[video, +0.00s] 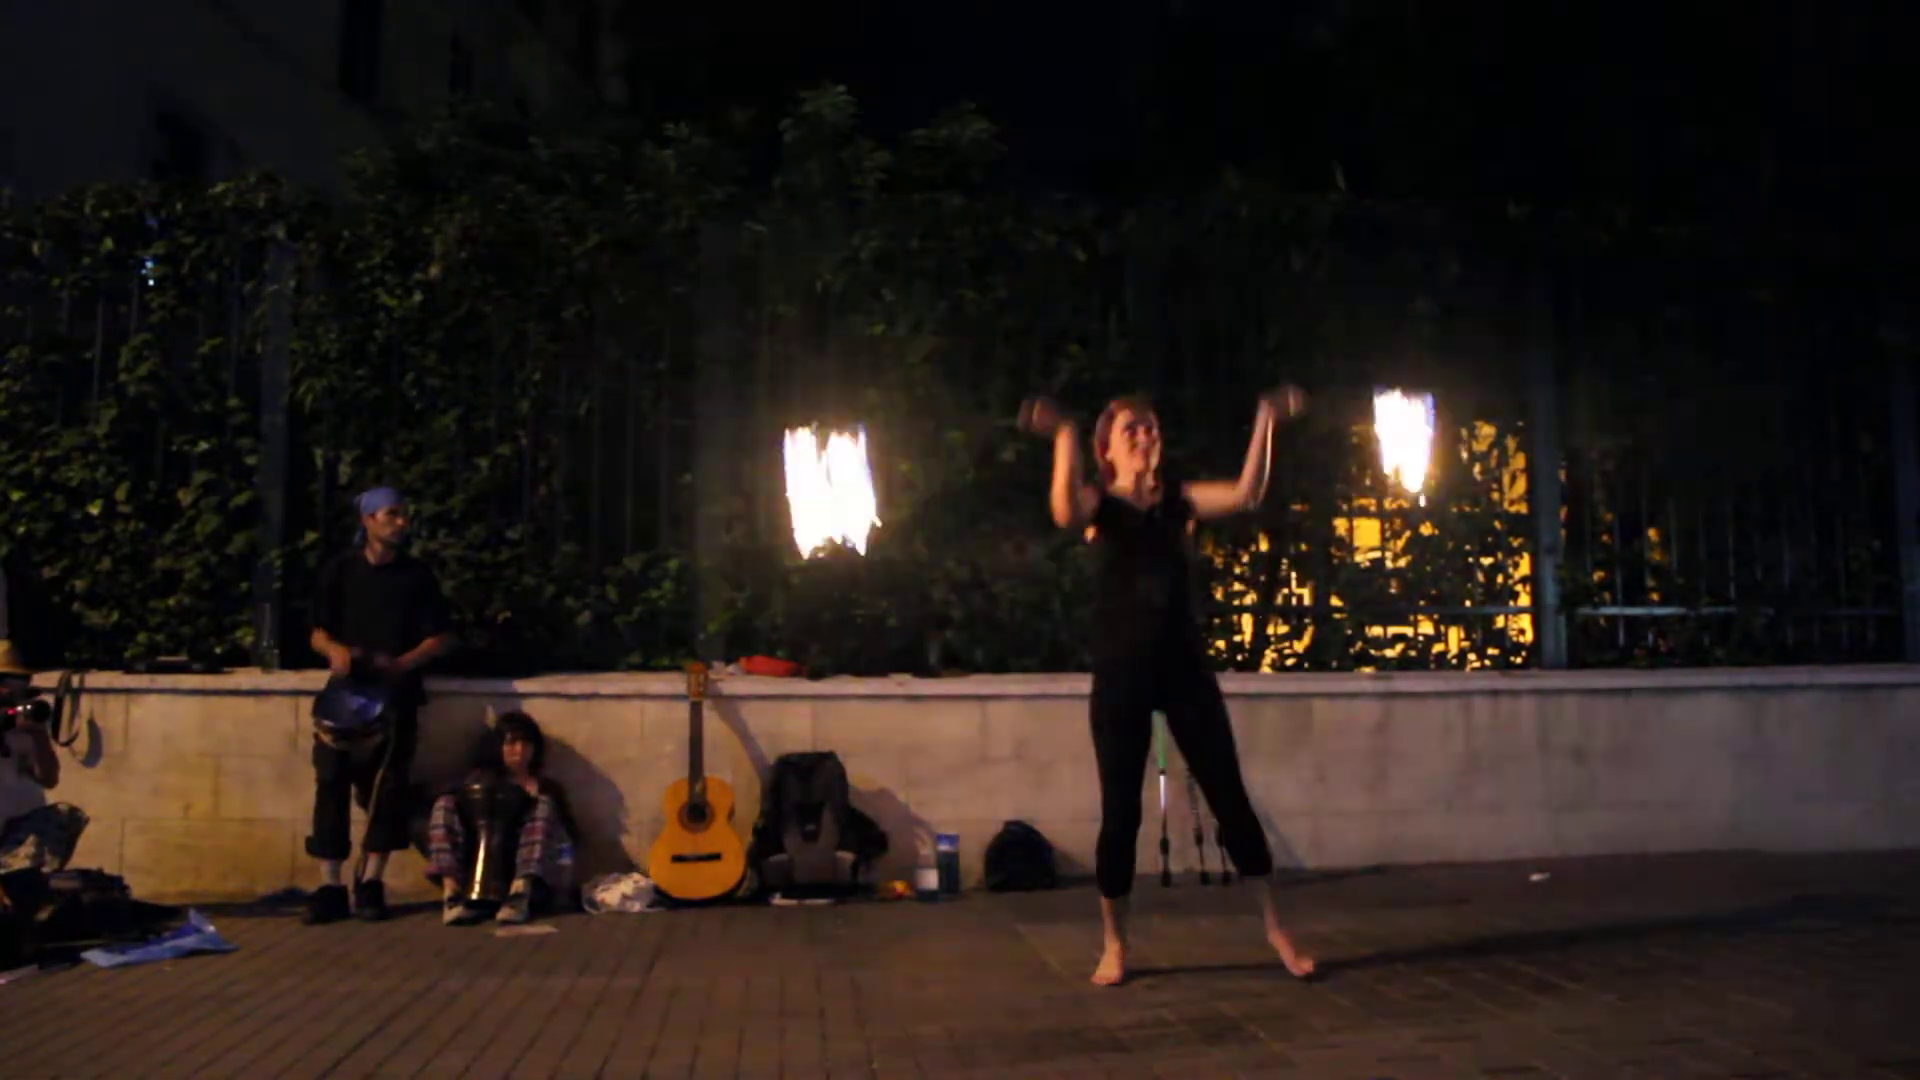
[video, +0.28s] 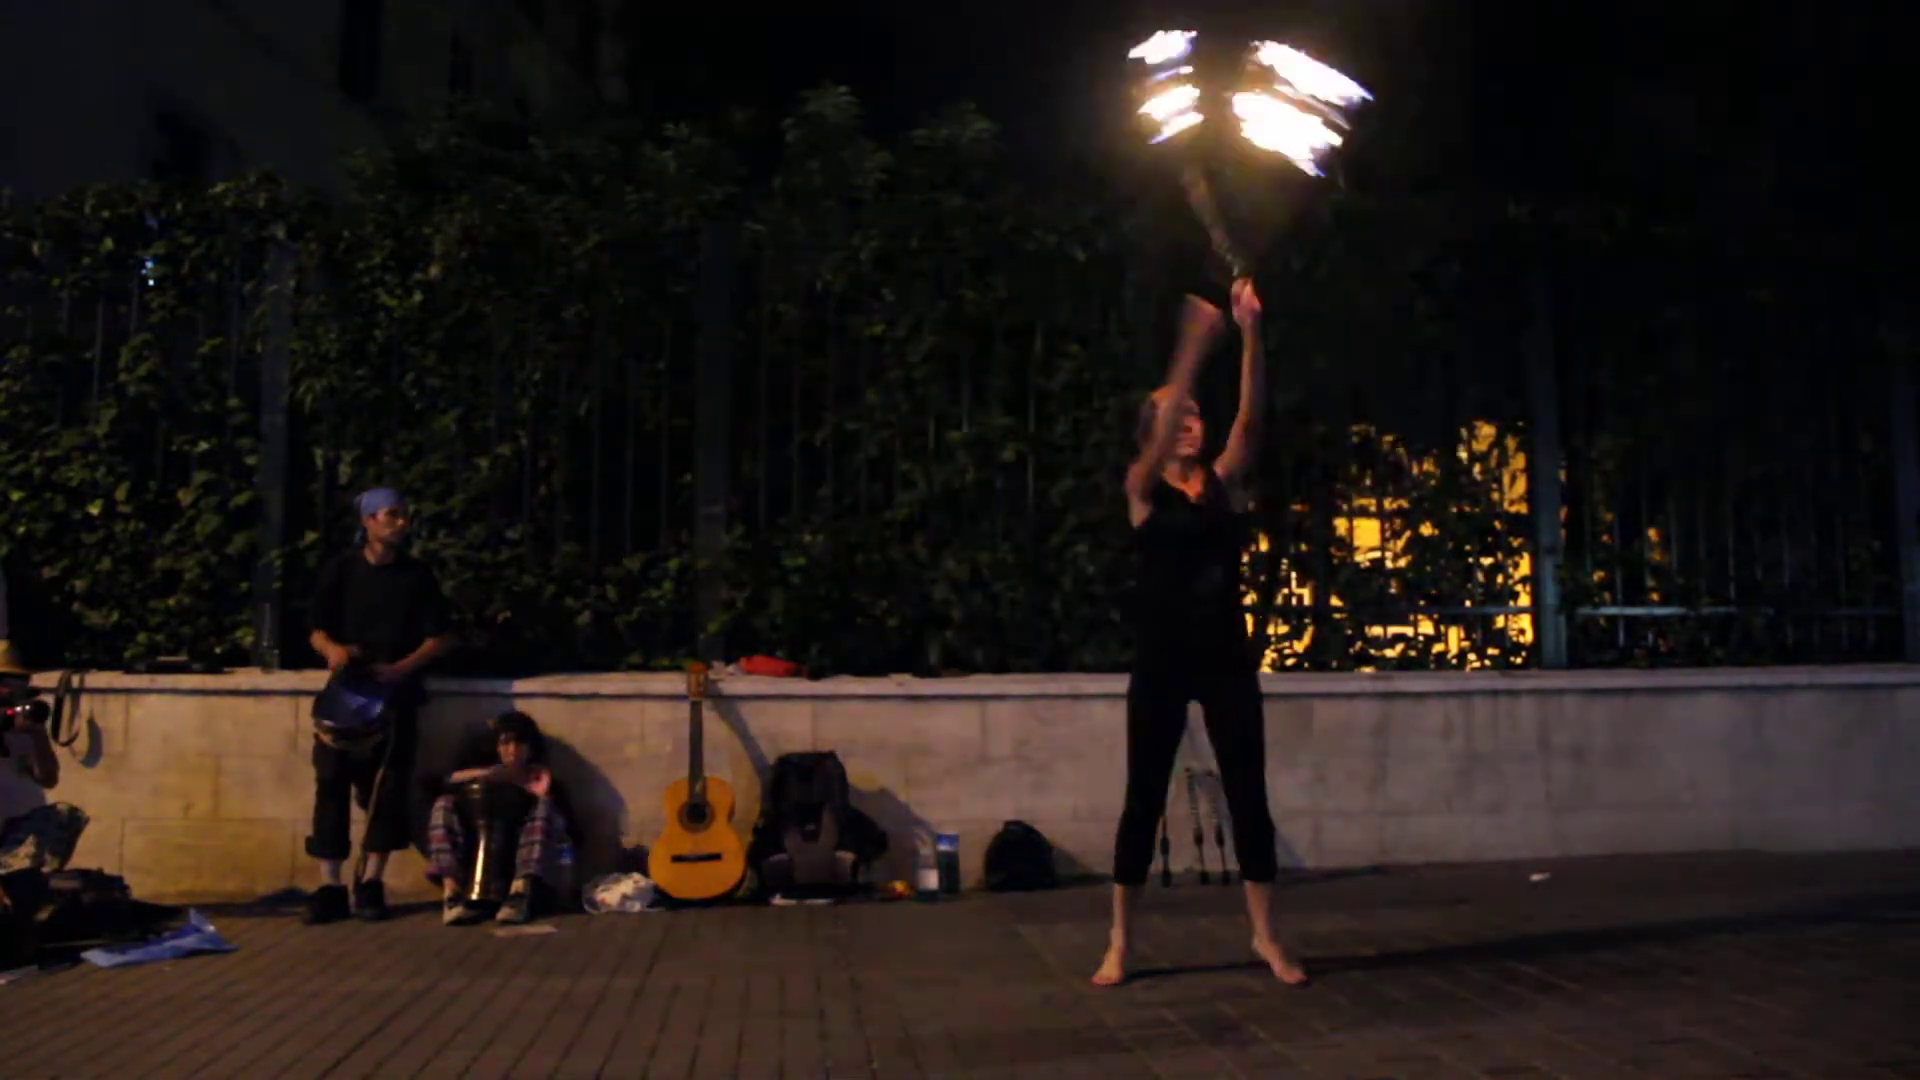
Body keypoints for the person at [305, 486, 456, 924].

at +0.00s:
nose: (402, 522)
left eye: (404, 515)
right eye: (392, 516)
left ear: (404, 522)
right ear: (368, 521)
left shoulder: (417, 574)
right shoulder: (340, 571)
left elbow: (440, 637)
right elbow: (317, 633)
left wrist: (399, 664)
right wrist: (336, 652)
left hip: (396, 694)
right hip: (345, 691)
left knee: (390, 784)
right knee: (331, 783)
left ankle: (370, 881)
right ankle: (331, 883)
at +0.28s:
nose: (402, 523)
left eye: (404, 516)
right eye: (392, 516)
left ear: (405, 523)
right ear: (368, 521)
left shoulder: (417, 574)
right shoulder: (340, 571)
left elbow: (439, 638)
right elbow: (316, 630)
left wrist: (400, 668)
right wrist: (333, 650)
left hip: (396, 694)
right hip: (345, 691)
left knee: (390, 785)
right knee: (331, 784)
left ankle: (370, 881)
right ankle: (331, 883)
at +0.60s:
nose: (401, 525)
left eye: (403, 519)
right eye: (392, 519)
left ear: (404, 524)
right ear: (367, 523)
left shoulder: (416, 575)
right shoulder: (340, 572)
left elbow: (440, 638)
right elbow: (317, 634)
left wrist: (403, 670)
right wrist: (334, 643)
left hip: (395, 694)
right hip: (345, 691)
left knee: (389, 785)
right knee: (331, 783)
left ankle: (370, 881)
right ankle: (331, 883)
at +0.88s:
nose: (401, 525)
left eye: (403, 518)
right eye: (392, 518)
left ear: (404, 524)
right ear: (368, 521)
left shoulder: (415, 574)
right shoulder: (340, 571)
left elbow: (441, 634)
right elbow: (313, 628)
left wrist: (406, 655)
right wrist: (334, 653)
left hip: (395, 692)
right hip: (344, 689)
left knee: (388, 783)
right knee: (331, 783)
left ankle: (371, 880)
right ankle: (331, 883)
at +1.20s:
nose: (401, 523)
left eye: (403, 517)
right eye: (392, 517)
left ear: (403, 523)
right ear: (367, 521)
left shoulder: (416, 573)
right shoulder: (339, 573)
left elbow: (441, 636)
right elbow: (316, 632)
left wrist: (398, 668)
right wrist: (337, 662)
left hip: (395, 694)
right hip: (344, 691)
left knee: (388, 784)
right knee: (331, 783)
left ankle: (371, 880)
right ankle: (329, 883)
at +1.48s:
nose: (401, 525)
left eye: (404, 518)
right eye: (393, 517)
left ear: (405, 524)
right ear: (368, 522)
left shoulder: (416, 573)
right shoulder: (340, 572)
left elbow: (442, 634)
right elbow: (317, 633)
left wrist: (400, 655)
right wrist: (335, 666)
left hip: (395, 694)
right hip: (344, 690)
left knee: (387, 784)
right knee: (331, 783)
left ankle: (370, 880)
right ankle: (330, 882)